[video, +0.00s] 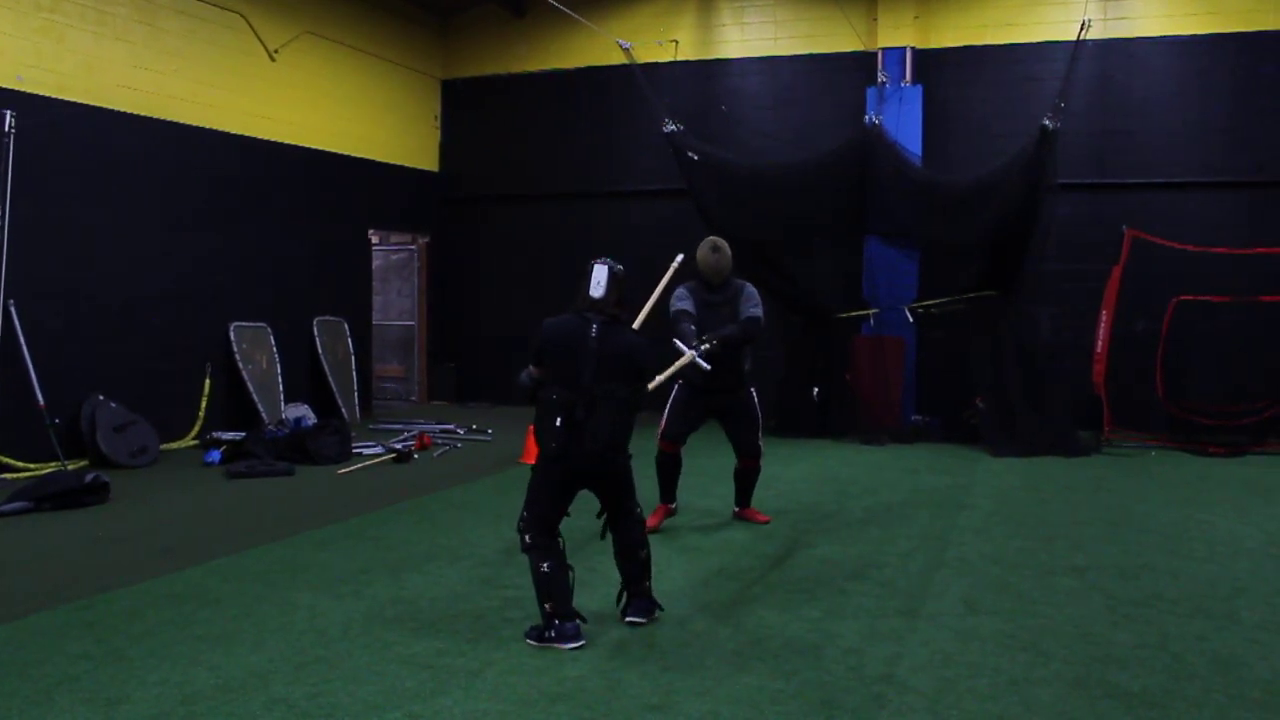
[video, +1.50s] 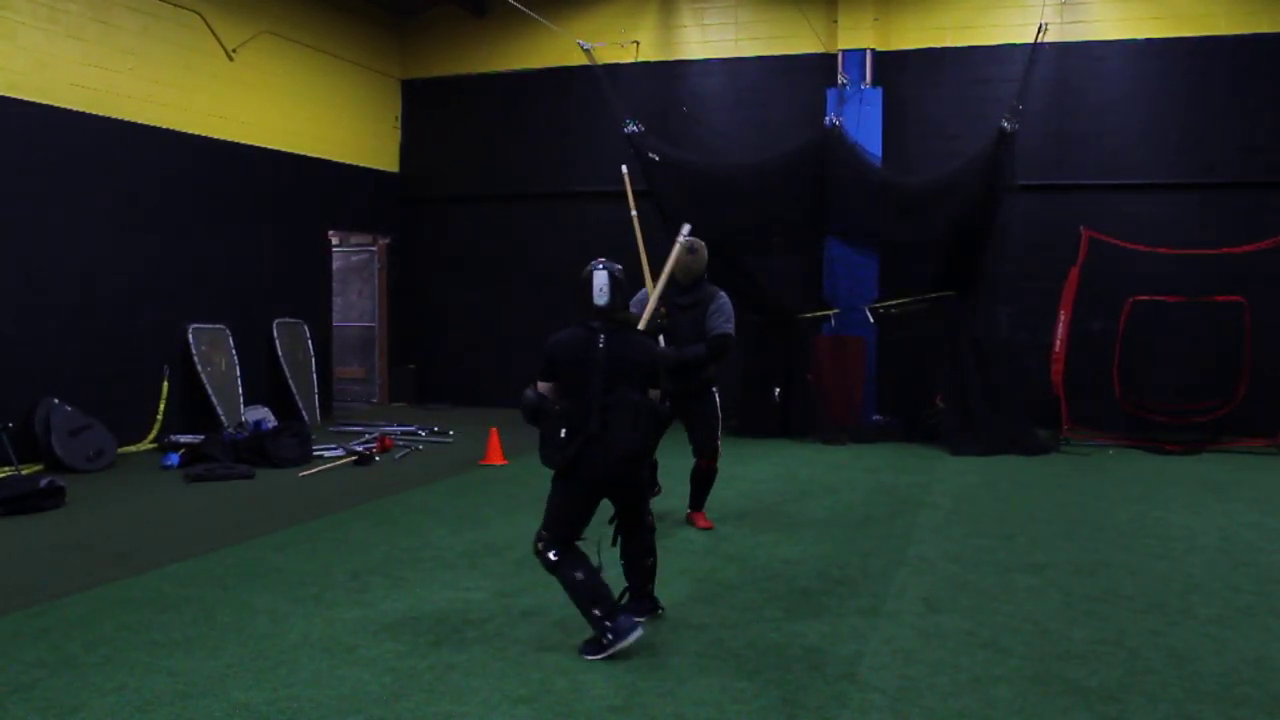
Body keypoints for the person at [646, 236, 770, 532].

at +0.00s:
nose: (716, 277)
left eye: (720, 272)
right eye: (710, 272)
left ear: (729, 267)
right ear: (700, 268)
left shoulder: (746, 292)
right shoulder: (685, 293)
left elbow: (752, 326)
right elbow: (682, 321)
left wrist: (716, 340)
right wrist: (693, 344)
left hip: (735, 385)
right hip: (693, 384)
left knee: (750, 450)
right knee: (668, 442)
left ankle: (743, 507)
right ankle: (667, 504)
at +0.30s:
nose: (656, 286)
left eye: (661, 280)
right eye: (650, 280)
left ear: (670, 274)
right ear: (639, 274)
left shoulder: (684, 296)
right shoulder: (622, 297)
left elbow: (692, 325)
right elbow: (609, 331)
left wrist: (650, 326)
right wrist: (625, 298)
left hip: (677, 393)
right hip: (636, 395)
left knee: (694, 455)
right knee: (621, 461)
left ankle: (699, 507)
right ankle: (606, 526)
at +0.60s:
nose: (625, 271)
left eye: (629, 266)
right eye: (617, 268)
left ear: (639, 277)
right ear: (605, 282)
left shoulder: (657, 306)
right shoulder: (595, 311)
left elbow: (657, 334)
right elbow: (589, 332)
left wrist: (617, 344)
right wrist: (597, 343)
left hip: (651, 407)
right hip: (609, 410)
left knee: (677, 468)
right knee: (593, 474)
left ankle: (682, 510)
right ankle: (599, 536)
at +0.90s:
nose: (626, 290)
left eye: (631, 283)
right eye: (620, 283)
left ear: (642, 282)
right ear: (610, 284)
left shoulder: (664, 312)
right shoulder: (597, 318)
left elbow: (677, 355)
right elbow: (578, 369)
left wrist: (631, 360)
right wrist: (594, 353)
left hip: (656, 408)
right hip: (612, 411)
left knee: (686, 475)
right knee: (595, 471)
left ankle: (682, 507)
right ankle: (602, 536)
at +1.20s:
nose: (664, 277)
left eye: (669, 271)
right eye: (659, 271)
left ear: (680, 269)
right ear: (650, 270)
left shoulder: (699, 301)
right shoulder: (635, 303)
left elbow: (709, 344)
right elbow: (614, 343)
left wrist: (664, 356)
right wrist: (630, 327)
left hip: (689, 395)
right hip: (645, 395)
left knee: (700, 463)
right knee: (624, 462)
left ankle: (696, 511)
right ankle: (605, 523)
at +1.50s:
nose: (686, 268)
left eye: (692, 263)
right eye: (682, 262)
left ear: (702, 266)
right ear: (673, 264)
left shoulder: (716, 300)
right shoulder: (652, 296)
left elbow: (720, 345)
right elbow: (628, 328)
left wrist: (675, 361)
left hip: (699, 387)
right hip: (658, 386)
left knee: (708, 451)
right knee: (640, 446)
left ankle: (696, 509)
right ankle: (640, 503)